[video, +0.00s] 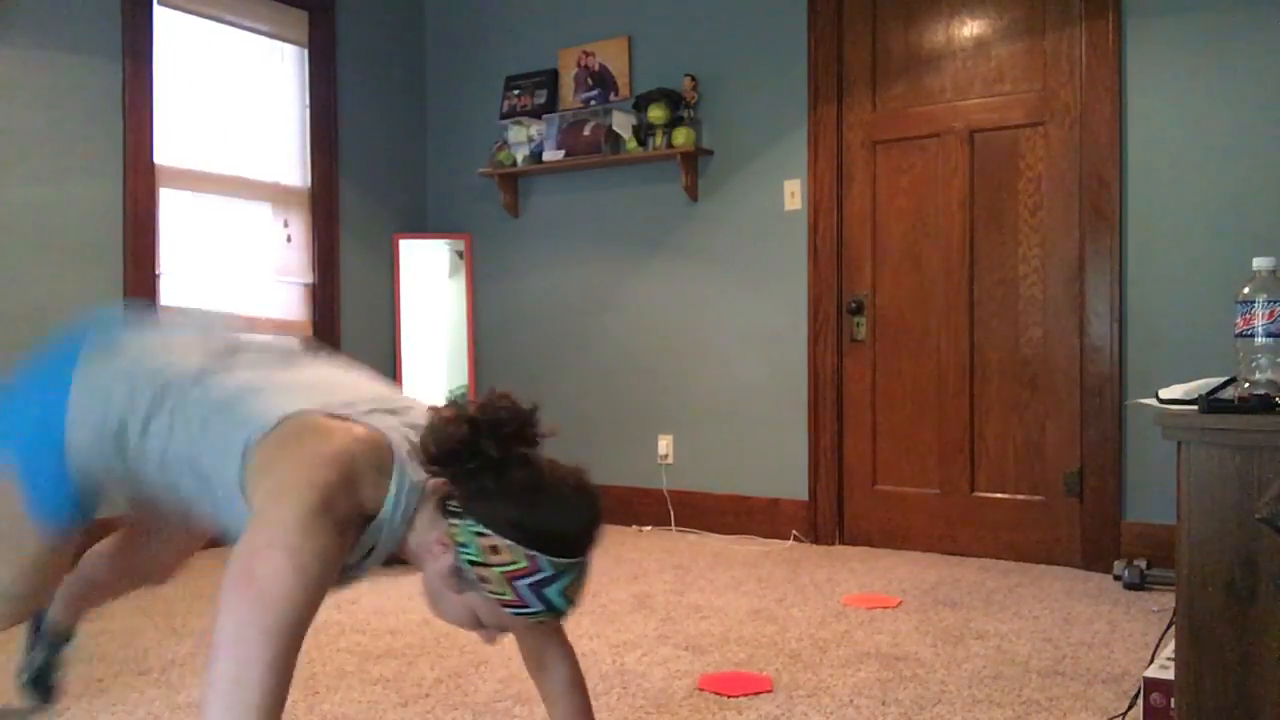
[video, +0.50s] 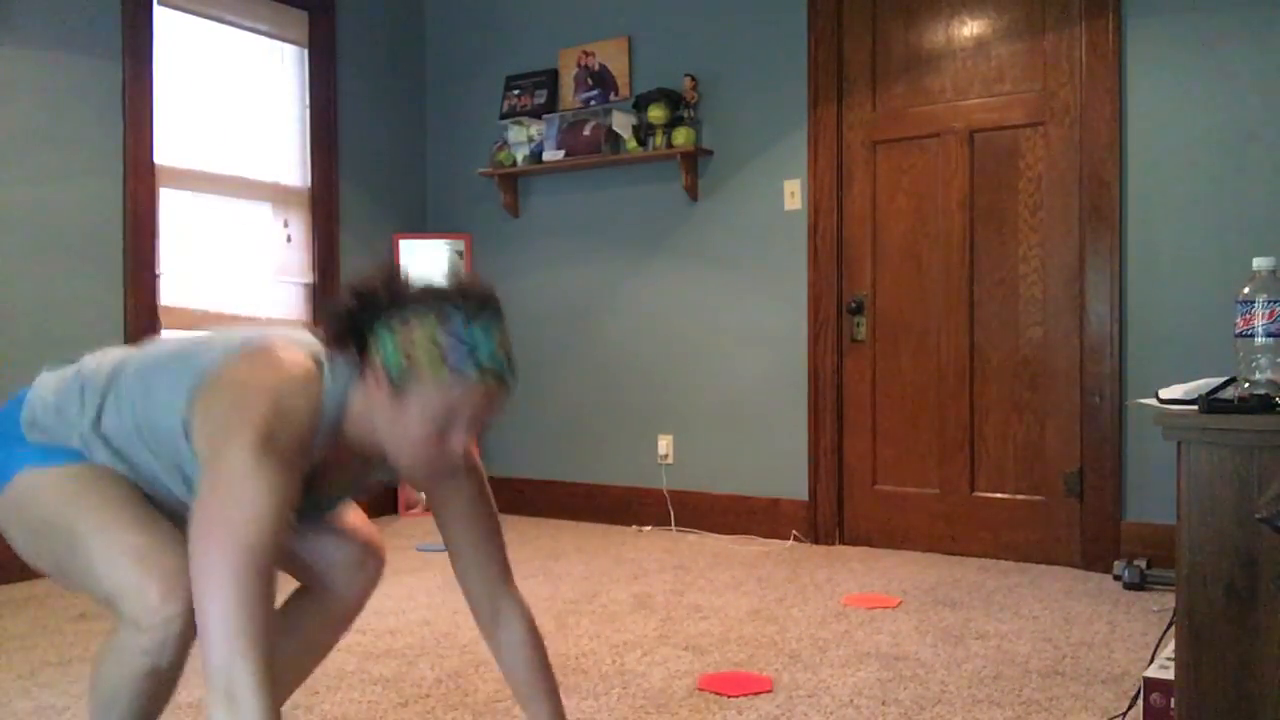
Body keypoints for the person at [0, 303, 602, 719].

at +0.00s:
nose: (493, 637)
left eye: (516, 625)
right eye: (491, 610)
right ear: (451, 535)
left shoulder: (477, 471)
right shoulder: (318, 487)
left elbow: (551, 656)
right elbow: (238, 712)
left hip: (200, 366)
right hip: (84, 384)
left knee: (150, 555)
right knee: (20, 593)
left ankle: (53, 619)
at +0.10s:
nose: (456, 617)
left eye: (476, 605)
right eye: (453, 596)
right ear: (404, 537)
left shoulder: (454, 468)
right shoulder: (299, 473)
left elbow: (526, 660)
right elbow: (240, 712)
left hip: (210, 263)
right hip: (87, 278)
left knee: (241, 528)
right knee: (37, 573)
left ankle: (112, 592)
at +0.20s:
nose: (424, 616)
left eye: (445, 601)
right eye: (419, 595)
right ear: (371, 527)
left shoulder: (428, 459)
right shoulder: (272, 484)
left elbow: (505, 646)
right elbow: (230, 712)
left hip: (217, 243)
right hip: (76, 259)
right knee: (90, 534)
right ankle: (23, 671)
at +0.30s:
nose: (439, 594)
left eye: (459, 577)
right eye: (437, 571)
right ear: (399, 513)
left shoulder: (439, 459)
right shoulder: (281, 473)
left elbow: (519, 655)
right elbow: (237, 704)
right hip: (63, 324)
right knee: (122, 560)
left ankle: (252, 699)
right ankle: (77, 706)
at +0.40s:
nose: (469, 532)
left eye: (485, 512)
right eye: (461, 507)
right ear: (415, 446)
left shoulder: (443, 451)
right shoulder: (279, 447)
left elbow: (520, 648)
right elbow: (234, 703)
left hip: (174, 433)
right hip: (54, 431)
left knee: (358, 571)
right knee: (158, 595)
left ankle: (244, 704)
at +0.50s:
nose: (468, 449)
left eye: (477, 426)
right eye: (452, 424)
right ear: (382, 382)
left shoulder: (430, 433)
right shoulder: (265, 400)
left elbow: (498, 604)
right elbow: (234, 688)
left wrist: (550, 716)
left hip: (175, 455)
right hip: (45, 442)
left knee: (351, 563)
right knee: (165, 601)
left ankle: (242, 714)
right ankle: (111, 715)